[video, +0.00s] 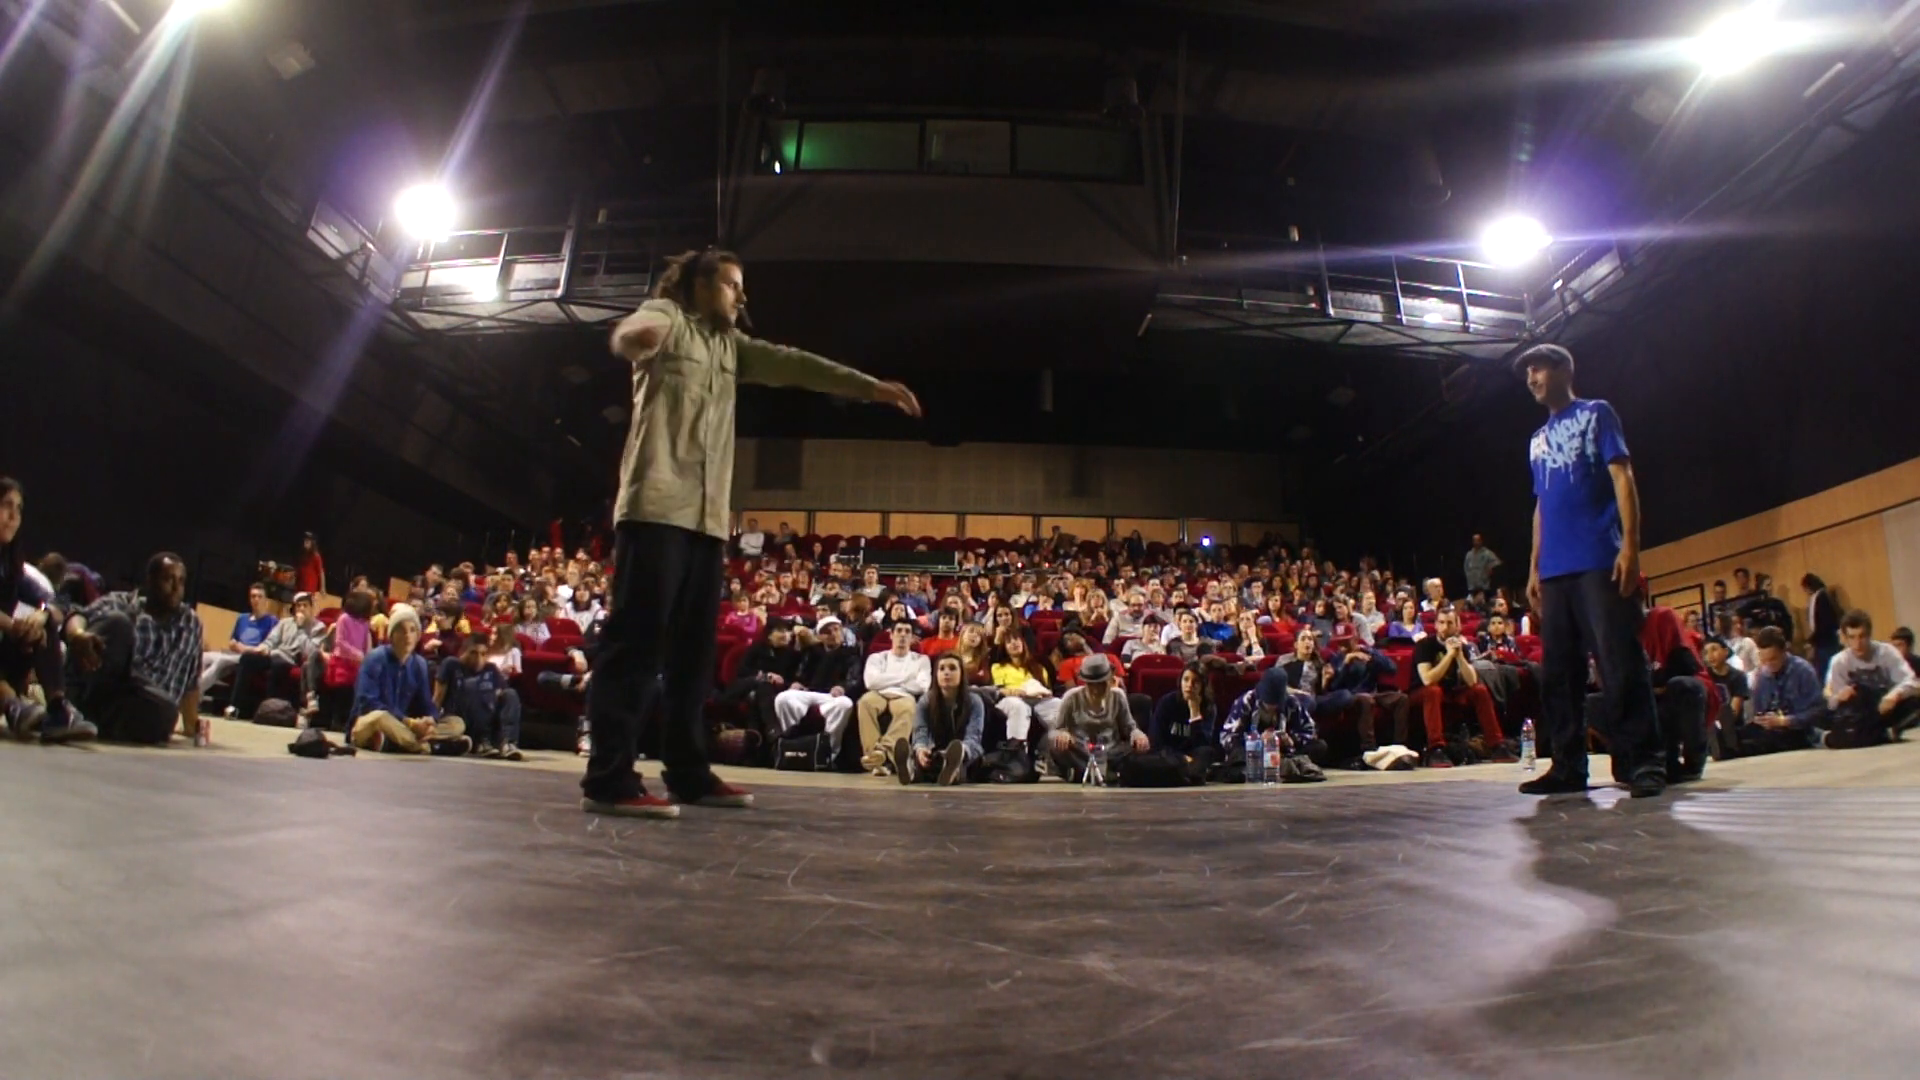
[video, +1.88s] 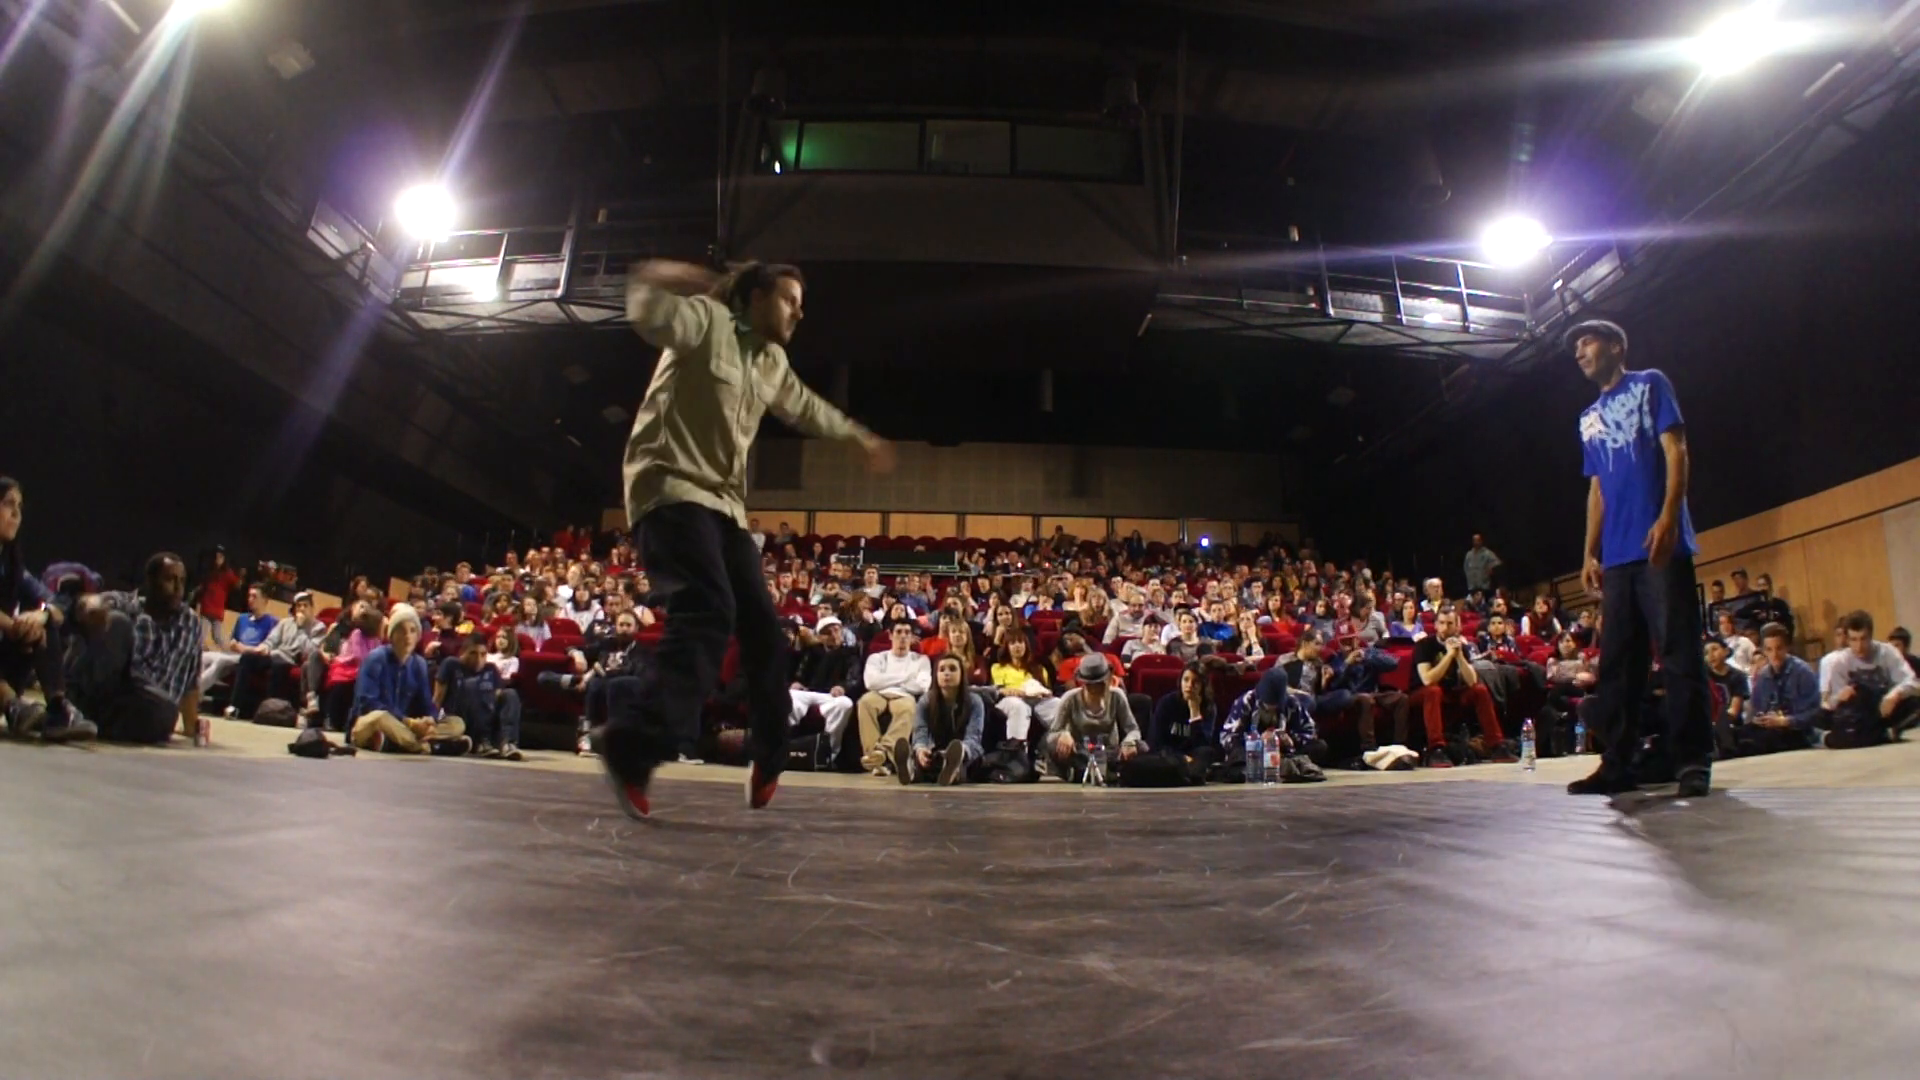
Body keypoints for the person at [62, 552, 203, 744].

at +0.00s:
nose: (176, 588)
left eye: (181, 581)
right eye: (169, 580)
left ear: (184, 586)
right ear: (151, 580)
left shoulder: (191, 623)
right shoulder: (122, 602)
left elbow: (190, 684)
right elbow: (79, 616)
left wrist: (191, 730)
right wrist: (76, 634)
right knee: (117, 624)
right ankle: (71, 710)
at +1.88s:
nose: (178, 589)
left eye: (182, 582)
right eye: (171, 580)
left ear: (185, 585)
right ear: (152, 581)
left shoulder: (191, 622)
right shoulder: (131, 603)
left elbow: (191, 684)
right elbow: (92, 599)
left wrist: (191, 731)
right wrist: (94, 609)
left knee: (159, 721)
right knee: (117, 623)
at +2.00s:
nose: (176, 586)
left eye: (181, 580)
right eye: (170, 578)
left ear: (185, 584)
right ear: (152, 580)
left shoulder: (191, 621)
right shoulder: (131, 610)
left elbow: (190, 678)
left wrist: (191, 727)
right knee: (116, 622)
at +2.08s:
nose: (176, 585)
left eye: (181, 579)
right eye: (169, 577)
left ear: (185, 585)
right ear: (152, 579)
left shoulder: (191, 621)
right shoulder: (132, 609)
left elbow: (190, 678)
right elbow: (133, 666)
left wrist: (191, 727)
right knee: (116, 626)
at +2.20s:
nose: (176, 585)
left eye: (180, 580)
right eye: (168, 577)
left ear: (185, 585)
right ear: (152, 579)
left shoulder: (190, 621)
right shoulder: (131, 606)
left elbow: (190, 683)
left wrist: (191, 730)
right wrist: (121, 565)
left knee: (161, 718)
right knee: (117, 622)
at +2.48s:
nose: (178, 588)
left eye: (181, 582)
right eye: (170, 580)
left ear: (184, 587)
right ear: (152, 581)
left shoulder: (189, 621)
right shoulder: (131, 606)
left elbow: (191, 682)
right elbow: (106, 588)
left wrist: (191, 730)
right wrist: (129, 562)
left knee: (158, 721)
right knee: (115, 621)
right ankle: (68, 704)